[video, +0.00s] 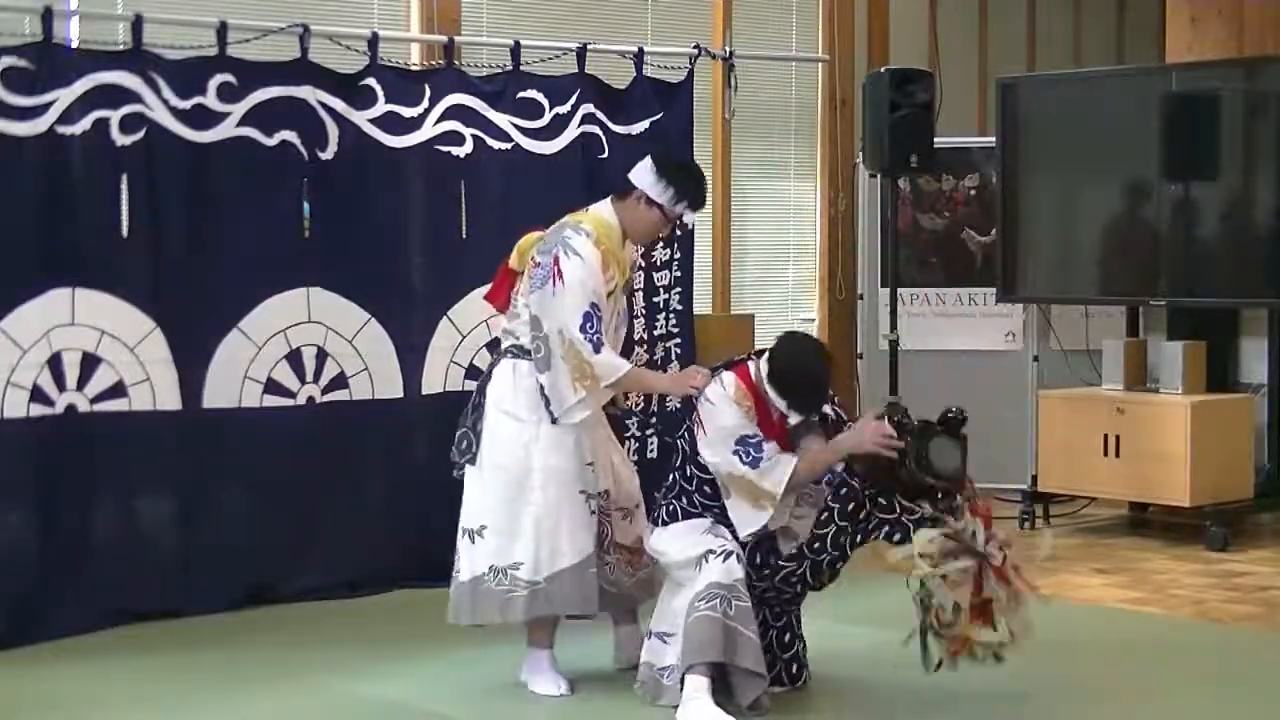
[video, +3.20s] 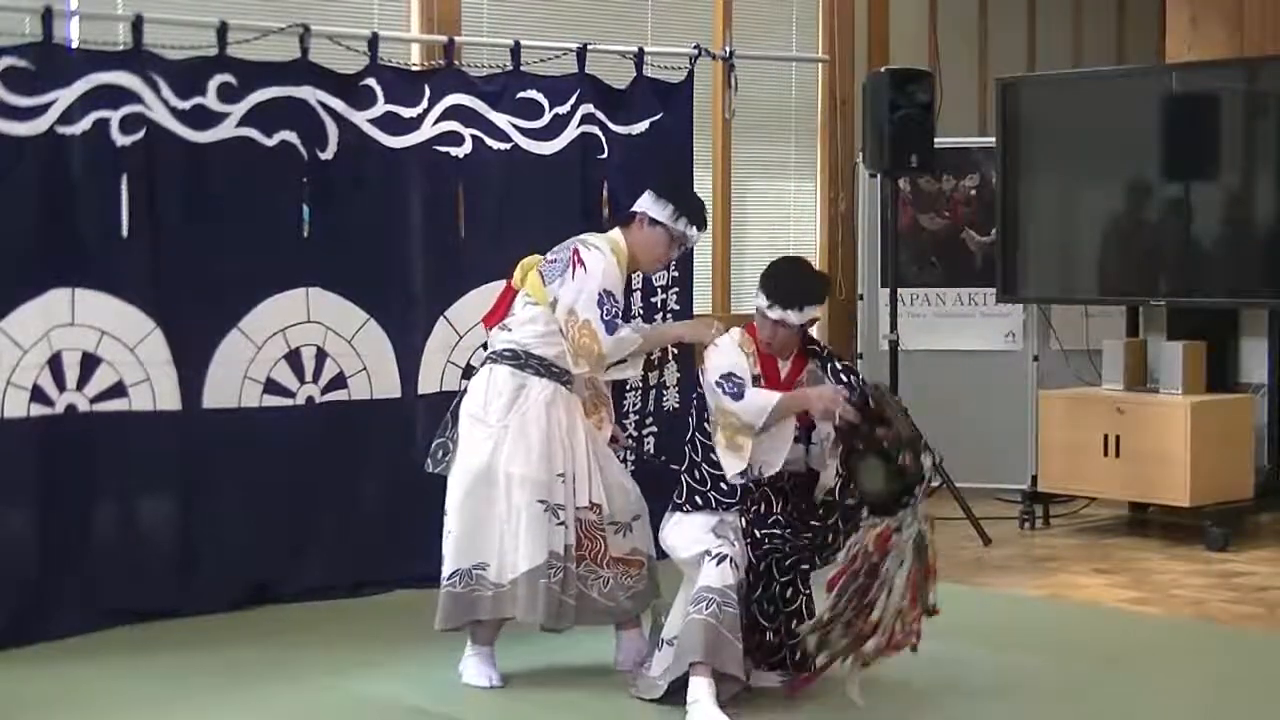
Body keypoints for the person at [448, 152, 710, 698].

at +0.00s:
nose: (666, 235)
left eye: (673, 226)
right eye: (668, 222)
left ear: (642, 202)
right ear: (642, 200)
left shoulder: (614, 249)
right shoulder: (577, 246)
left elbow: (598, 348)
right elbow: (583, 353)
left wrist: (625, 391)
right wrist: (663, 382)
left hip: (574, 404)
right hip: (533, 403)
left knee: (618, 507)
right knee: (551, 519)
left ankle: (630, 640)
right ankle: (539, 658)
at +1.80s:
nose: (651, 285)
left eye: (656, 277)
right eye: (652, 273)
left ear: (621, 252)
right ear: (631, 253)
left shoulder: (566, 276)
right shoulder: (592, 283)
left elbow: (546, 377)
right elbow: (651, 363)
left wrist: (586, 436)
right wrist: (703, 400)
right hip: (499, 403)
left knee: (604, 510)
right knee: (488, 525)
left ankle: (628, 642)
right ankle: (479, 650)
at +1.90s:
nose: (646, 290)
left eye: (651, 283)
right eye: (648, 277)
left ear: (621, 255)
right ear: (629, 256)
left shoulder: (559, 273)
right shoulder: (593, 283)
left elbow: (547, 380)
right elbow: (643, 341)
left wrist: (579, 433)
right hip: (501, 406)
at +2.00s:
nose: (644, 290)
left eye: (649, 282)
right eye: (646, 276)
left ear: (619, 255)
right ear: (627, 255)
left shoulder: (559, 274)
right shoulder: (594, 280)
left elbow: (543, 384)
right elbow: (656, 349)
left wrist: (581, 443)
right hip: (492, 403)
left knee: (593, 512)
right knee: (487, 526)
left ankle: (627, 643)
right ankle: (478, 653)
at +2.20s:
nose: (640, 280)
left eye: (646, 271)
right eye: (643, 266)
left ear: (613, 243)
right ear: (622, 245)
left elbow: (542, 370)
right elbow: (634, 353)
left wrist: (577, 432)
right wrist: (654, 408)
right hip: (498, 399)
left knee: (594, 510)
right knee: (488, 522)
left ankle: (627, 642)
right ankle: (478, 652)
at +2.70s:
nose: (666, 248)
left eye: (672, 239)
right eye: (664, 233)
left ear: (636, 219)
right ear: (633, 214)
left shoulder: (603, 261)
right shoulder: (588, 256)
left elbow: (577, 353)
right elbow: (606, 349)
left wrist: (595, 411)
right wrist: (697, 352)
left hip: (551, 399)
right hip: (506, 389)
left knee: (616, 508)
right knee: (498, 516)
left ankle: (630, 645)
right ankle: (478, 650)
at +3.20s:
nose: (672, 258)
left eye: (679, 249)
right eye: (673, 244)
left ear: (643, 227)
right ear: (644, 223)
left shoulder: (604, 263)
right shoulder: (595, 261)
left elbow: (587, 357)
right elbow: (595, 347)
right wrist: (678, 331)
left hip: (557, 405)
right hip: (515, 398)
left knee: (621, 506)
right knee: (500, 519)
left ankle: (633, 647)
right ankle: (479, 651)